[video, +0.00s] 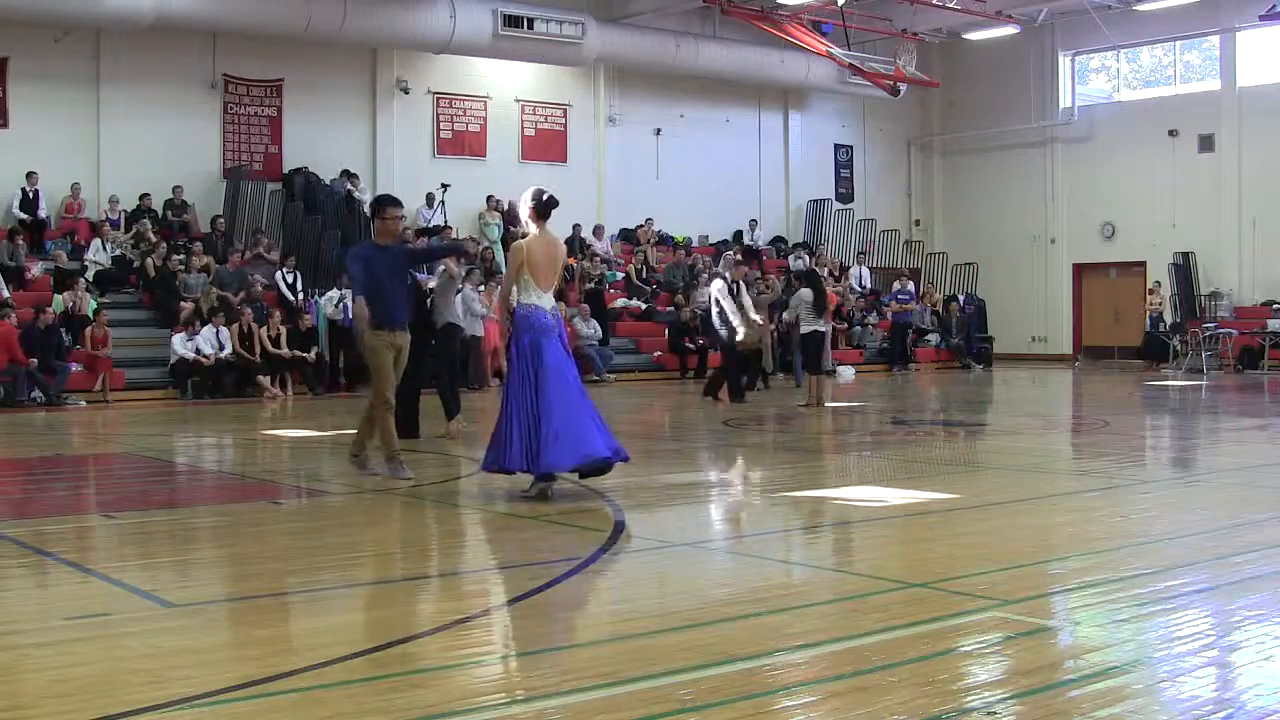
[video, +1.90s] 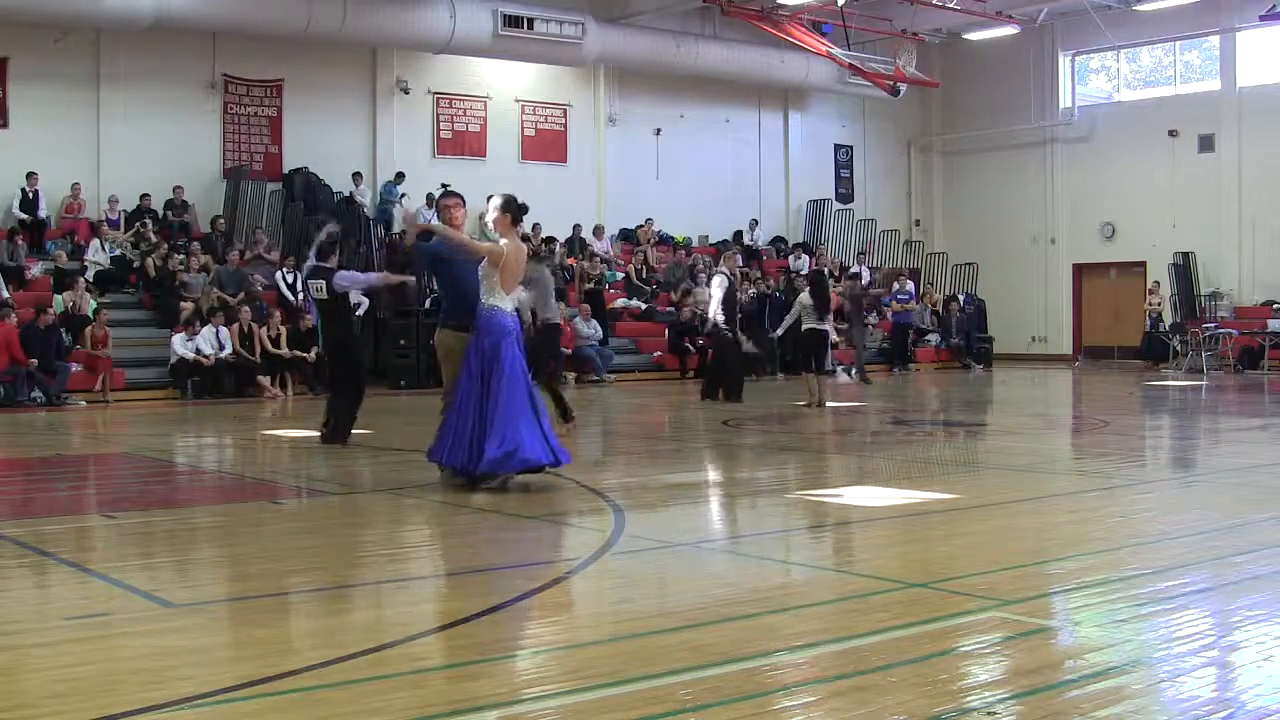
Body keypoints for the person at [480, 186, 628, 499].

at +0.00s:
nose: (519, 211)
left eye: (521, 206)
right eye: (521, 206)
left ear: (530, 211)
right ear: (546, 211)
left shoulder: (521, 247)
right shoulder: (560, 246)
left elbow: (506, 290)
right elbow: (554, 287)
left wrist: (505, 316)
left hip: (529, 321)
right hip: (552, 320)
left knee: (535, 393)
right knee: (553, 389)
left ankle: (543, 467)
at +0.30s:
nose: (522, 212)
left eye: (524, 208)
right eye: (525, 207)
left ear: (529, 212)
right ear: (549, 212)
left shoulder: (522, 249)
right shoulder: (557, 248)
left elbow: (509, 290)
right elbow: (548, 285)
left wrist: (503, 317)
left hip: (527, 322)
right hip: (551, 322)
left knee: (528, 393)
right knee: (549, 392)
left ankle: (533, 464)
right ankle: (547, 459)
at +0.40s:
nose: (518, 212)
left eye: (521, 208)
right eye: (520, 207)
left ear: (528, 213)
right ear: (546, 214)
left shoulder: (522, 248)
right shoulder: (555, 247)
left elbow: (509, 287)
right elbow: (544, 282)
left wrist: (499, 313)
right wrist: (516, 249)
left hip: (526, 323)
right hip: (549, 323)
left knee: (522, 393)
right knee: (547, 394)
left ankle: (521, 466)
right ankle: (546, 465)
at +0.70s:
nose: (508, 217)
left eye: (510, 213)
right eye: (510, 212)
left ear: (518, 219)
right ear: (536, 219)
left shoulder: (517, 250)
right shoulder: (541, 251)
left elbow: (488, 282)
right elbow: (524, 286)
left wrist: (463, 309)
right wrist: (492, 289)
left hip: (514, 327)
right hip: (534, 327)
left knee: (507, 395)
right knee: (538, 394)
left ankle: (503, 466)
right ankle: (547, 463)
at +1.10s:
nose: (490, 218)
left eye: (494, 214)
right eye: (491, 213)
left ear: (507, 218)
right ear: (516, 219)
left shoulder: (499, 249)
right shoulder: (527, 250)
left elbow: (463, 272)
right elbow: (520, 282)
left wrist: (431, 287)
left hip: (492, 322)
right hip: (513, 322)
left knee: (490, 390)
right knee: (511, 389)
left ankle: (494, 457)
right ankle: (514, 455)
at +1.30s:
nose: (490, 217)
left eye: (494, 213)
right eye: (491, 212)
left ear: (507, 218)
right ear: (514, 220)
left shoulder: (499, 248)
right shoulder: (521, 249)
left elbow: (458, 257)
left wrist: (425, 266)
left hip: (488, 320)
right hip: (505, 320)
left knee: (488, 389)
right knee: (500, 389)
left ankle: (492, 459)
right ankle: (495, 458)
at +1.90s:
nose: (486, 216)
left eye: (490, 211)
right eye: (488, 211)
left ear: (505, 216)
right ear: (511, 218)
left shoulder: (499, 249)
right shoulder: (521, 249)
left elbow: (464, 241)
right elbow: (477, 248)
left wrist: (432, 226)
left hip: (492, 321)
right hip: (510, 320)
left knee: (491, 390)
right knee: (508, 389)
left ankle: (492, 456)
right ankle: (507, 452)